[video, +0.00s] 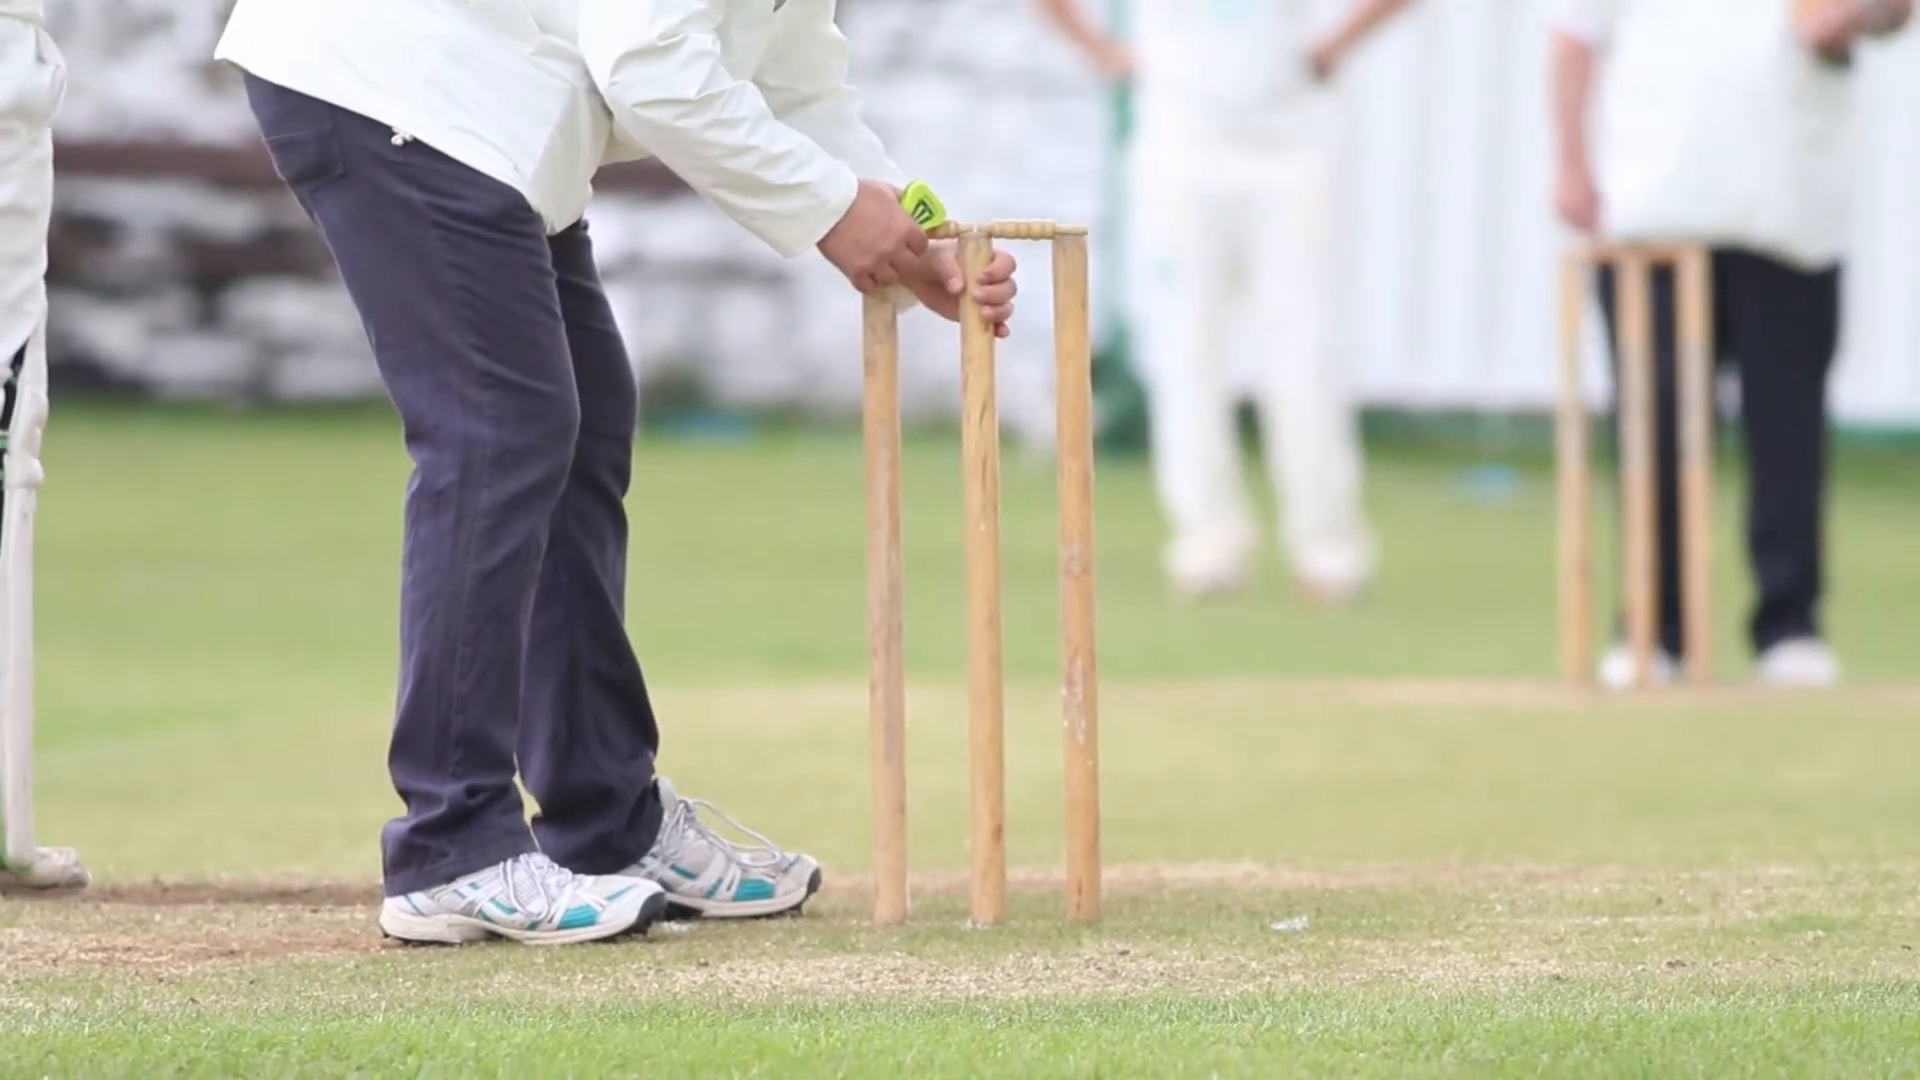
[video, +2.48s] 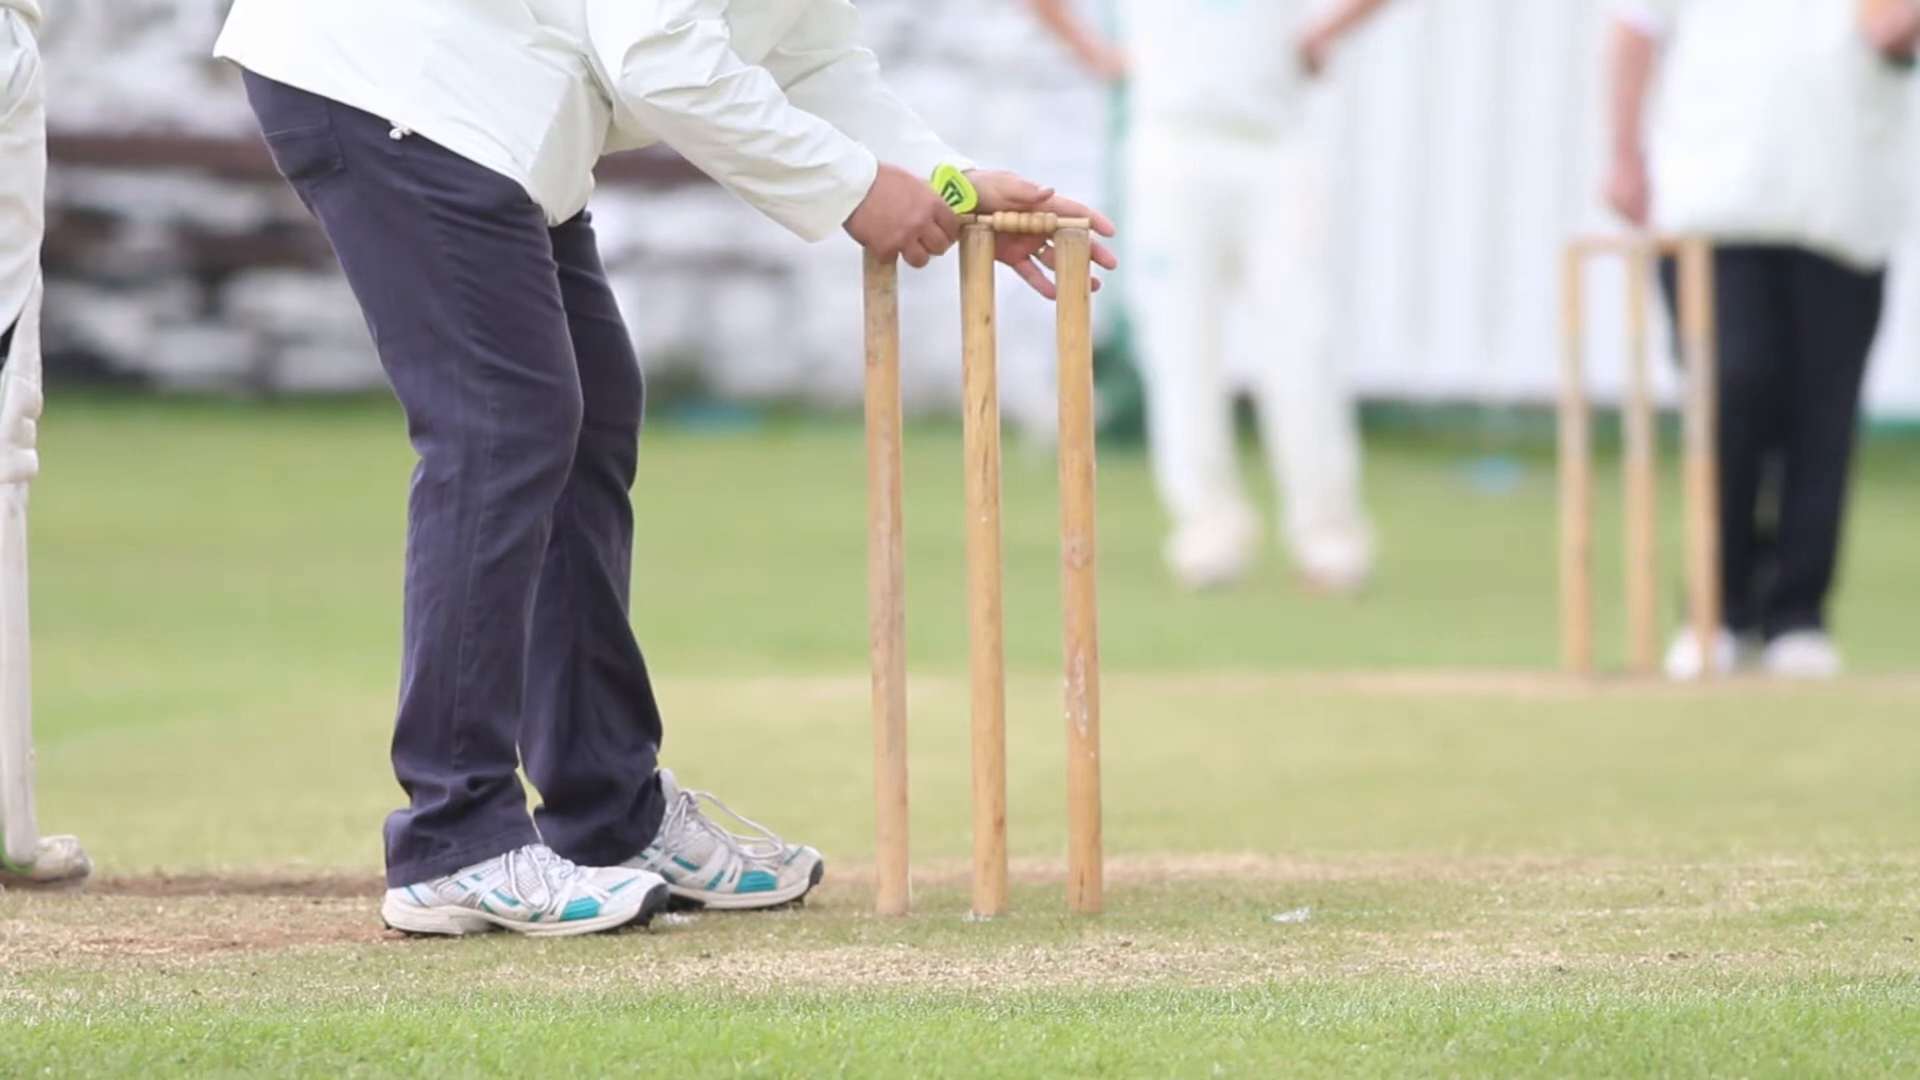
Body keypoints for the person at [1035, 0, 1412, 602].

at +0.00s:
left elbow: (1400, 3)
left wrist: (1332, 47)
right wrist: (1102, 49)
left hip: (1295, 110)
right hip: (1177, 112)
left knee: (1305, 334)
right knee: (1180, 338)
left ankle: (1327, 545)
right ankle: (1208, 541)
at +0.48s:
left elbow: (1397, 3)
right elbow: (1041, 4)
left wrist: (1328, 47)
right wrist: (1098, 54)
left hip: (1288, 114)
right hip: (1171, 113)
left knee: (1300, 337)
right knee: (1177, 340)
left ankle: (1327, 543)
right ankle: (1208, 540)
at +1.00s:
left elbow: (1389, 3)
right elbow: (1040, 5)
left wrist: (1327, 42)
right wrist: (1098, 55)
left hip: (1286, 121)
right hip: (1170, 120)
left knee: (1300, 340)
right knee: (1179, 343)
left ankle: (1327, 544)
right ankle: (1209, 541)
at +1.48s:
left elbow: (1388, 3)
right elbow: (1039, 5)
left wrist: (1325, 44)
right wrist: (1096, 54)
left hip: (1288, 115)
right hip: (1169, 114)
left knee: (1299, 338)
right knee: (1178, 342)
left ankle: (1328, 544)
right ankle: (1208, 540)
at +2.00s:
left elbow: (1382, 4)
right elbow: (1037, 4)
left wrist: (1323, 40)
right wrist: (1095, 51)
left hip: (1282, 124)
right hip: (1169, 122)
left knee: (1302, 340)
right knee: (1178, 343)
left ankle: (1328, 538)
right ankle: (1209, 536)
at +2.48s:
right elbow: (1035, 4)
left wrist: (1320, 36)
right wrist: (1096, 52)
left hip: (1280, 129)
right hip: (1170, 126)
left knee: (1301, 339)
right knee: (1178, 344)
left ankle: (1328, 536)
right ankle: (1209, 533)